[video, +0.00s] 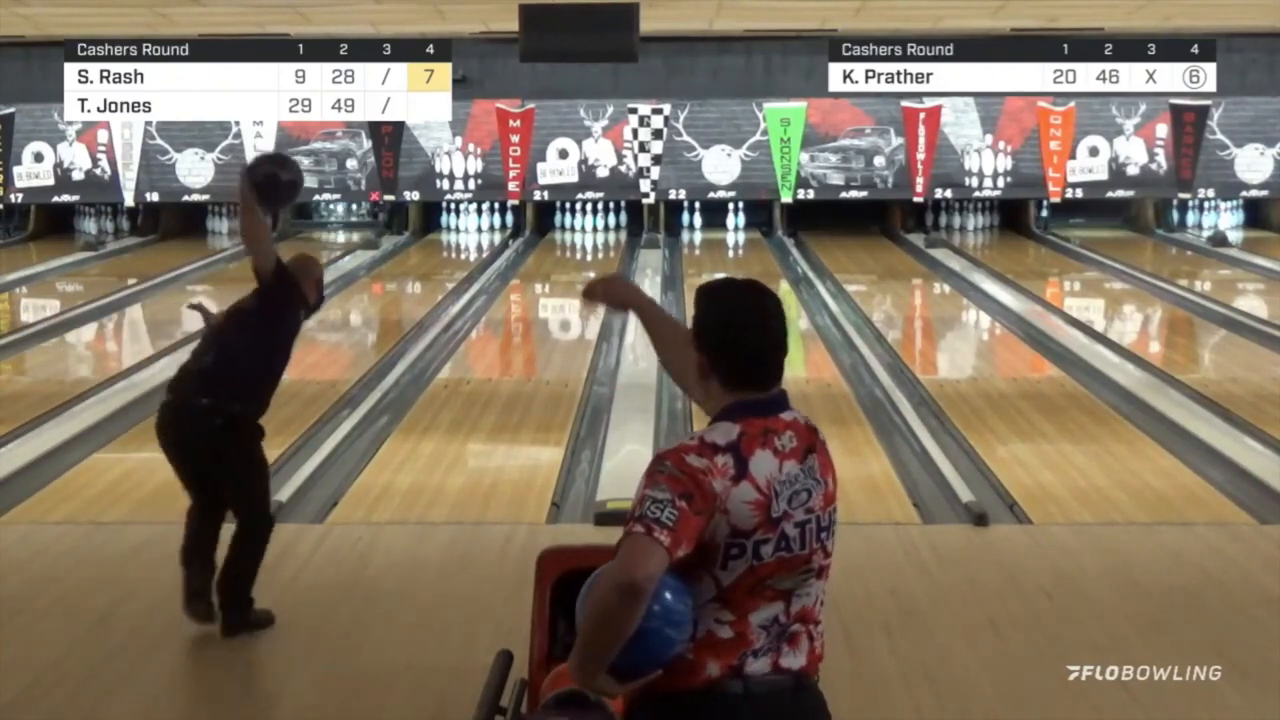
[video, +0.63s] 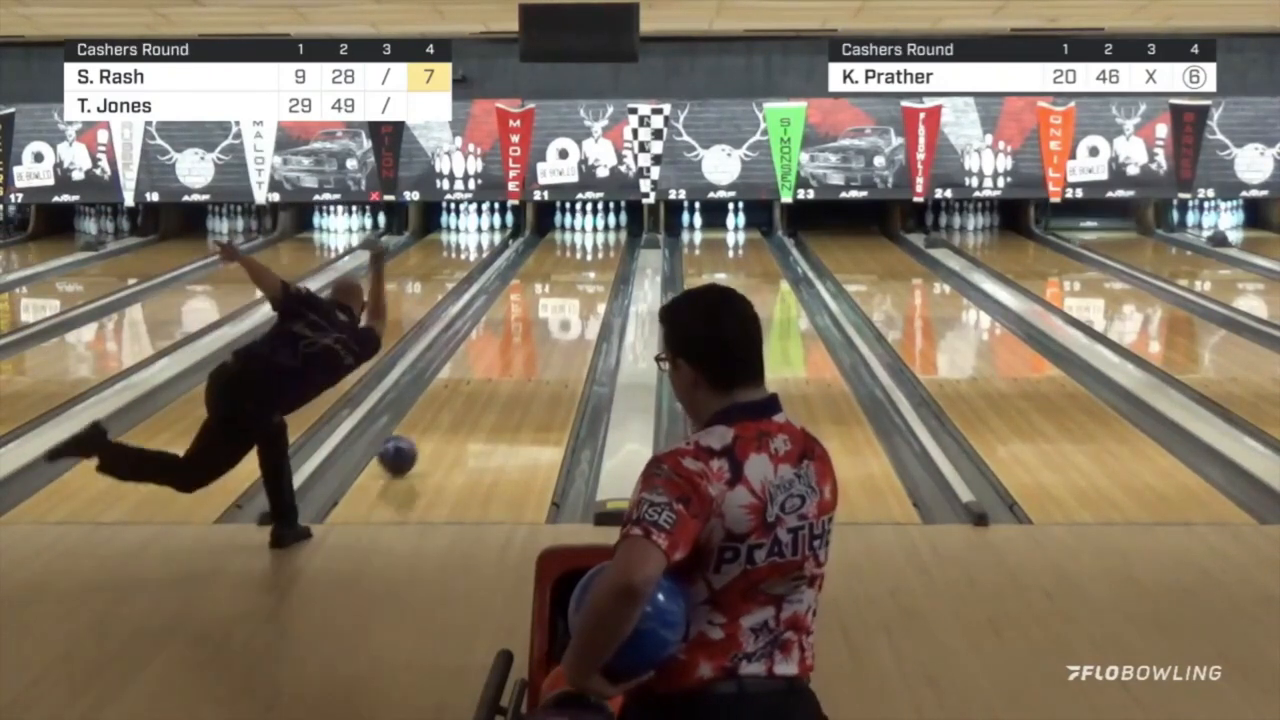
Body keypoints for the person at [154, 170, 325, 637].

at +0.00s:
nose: (319, 283)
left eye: (319, 278)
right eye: (315, 275)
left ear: (282, 281)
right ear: (300, 283)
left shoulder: (249, 310)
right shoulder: (283, 301)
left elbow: (220, 332)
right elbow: (259, 247)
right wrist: (248, 187)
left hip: (177, 417)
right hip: (226, 426)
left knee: (207, 499)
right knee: (256, 518)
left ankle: (197, 593)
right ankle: (236, 610)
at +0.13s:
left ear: (263, 278)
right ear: (307, 275)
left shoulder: (262, 318)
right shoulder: (308, 318)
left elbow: (227, 314)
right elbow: (323, 289)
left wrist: (184, 307)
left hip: (190, 419)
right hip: (238, 433)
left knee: (238, 468)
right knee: (266, 522)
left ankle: (241, 551)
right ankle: (241, 594)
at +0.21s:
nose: (341, 303)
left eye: (341, 296)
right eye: (338, 296)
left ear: (308, 293)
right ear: (328, 297)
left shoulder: (273, 315)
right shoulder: (319, 325)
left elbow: (224, 309)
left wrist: (170, 296)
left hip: (199, 416)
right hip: (243, 433)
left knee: (253, 482)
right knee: (264, 521)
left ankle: (260, 546)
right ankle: (243, 582)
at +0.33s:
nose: (347, 297)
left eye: (343, 290)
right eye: (346, 292)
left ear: (313, 289)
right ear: (343, 295)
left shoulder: (281, 310)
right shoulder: (342, 335)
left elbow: (227, 301)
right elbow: (316, 366)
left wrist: (175, 288)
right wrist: (291, 420)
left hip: (214, 401)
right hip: (254, 413)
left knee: (264, 465)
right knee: (239, 495)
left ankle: (284, 531)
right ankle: (215, 545)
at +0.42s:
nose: (350, 293)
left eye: (338, 283)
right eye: (351, 288)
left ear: (318, 284)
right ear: (349, 295)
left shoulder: (288, 299)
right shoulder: (347, 347)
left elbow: (236, 300)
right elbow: (346, 419)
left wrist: (185, 298)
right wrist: (340, 479)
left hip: (219, 392)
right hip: (256, 418)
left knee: (267, 448)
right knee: (214, 495)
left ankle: (285, 528)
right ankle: (155, 534)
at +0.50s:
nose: (355, 299)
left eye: (347, 291)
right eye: (355, 295)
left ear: (324, 287)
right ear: (352, 299)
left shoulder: (296, 297)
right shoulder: (350, 350)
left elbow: (248, 295)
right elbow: (351, 407)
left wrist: (205, 292)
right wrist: (356, 444)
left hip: (221, 385)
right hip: (257, 410)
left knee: (267, 450)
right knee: (205, 486)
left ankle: (285, 529)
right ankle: (122, 508)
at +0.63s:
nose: (358, 301)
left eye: (350, 296)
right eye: (359, 300)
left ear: (329, 297)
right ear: (359, 312)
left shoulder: (302, 302)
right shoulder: (359, 342)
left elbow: (271, 283)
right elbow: (377, 316)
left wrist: (241, 257)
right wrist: (378, 266)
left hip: (222, 381)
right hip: (248, 412)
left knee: (274, 433)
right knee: (188, 477)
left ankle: (285, 525)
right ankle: (100, 447)